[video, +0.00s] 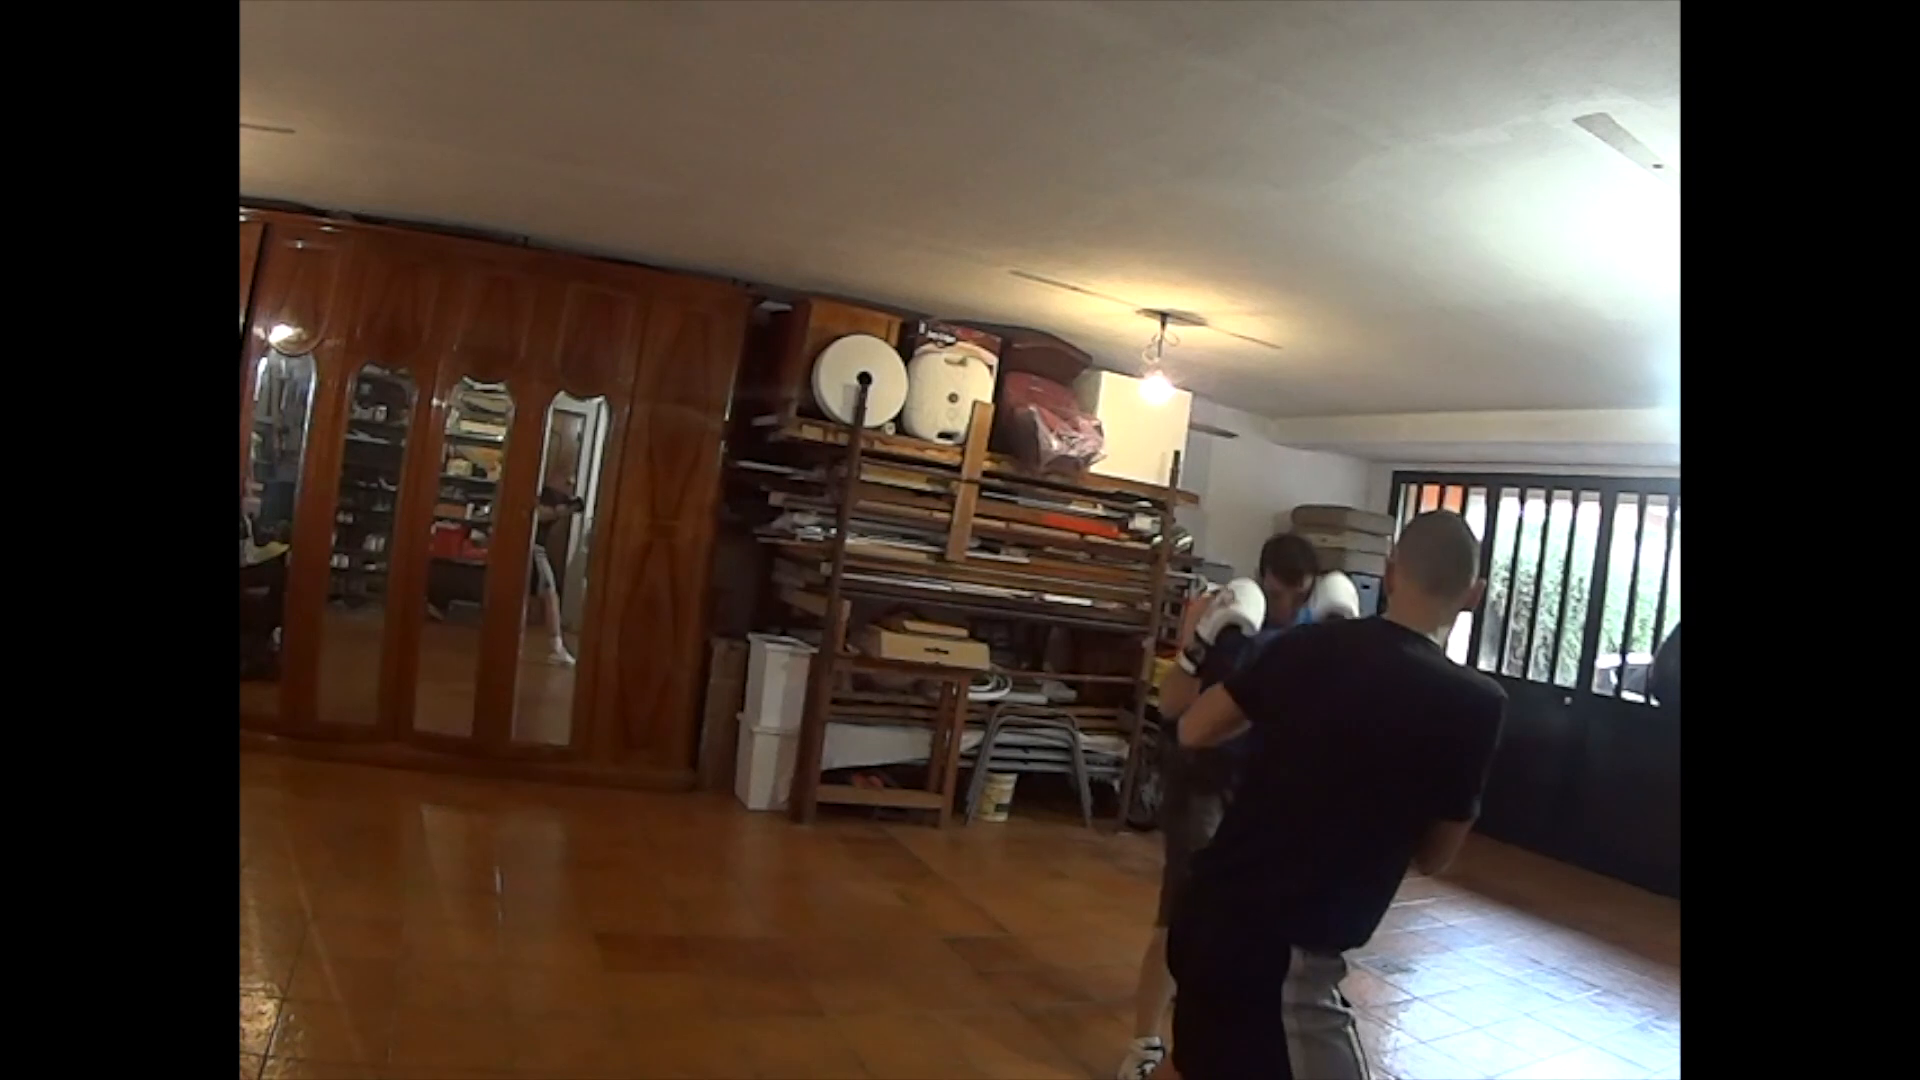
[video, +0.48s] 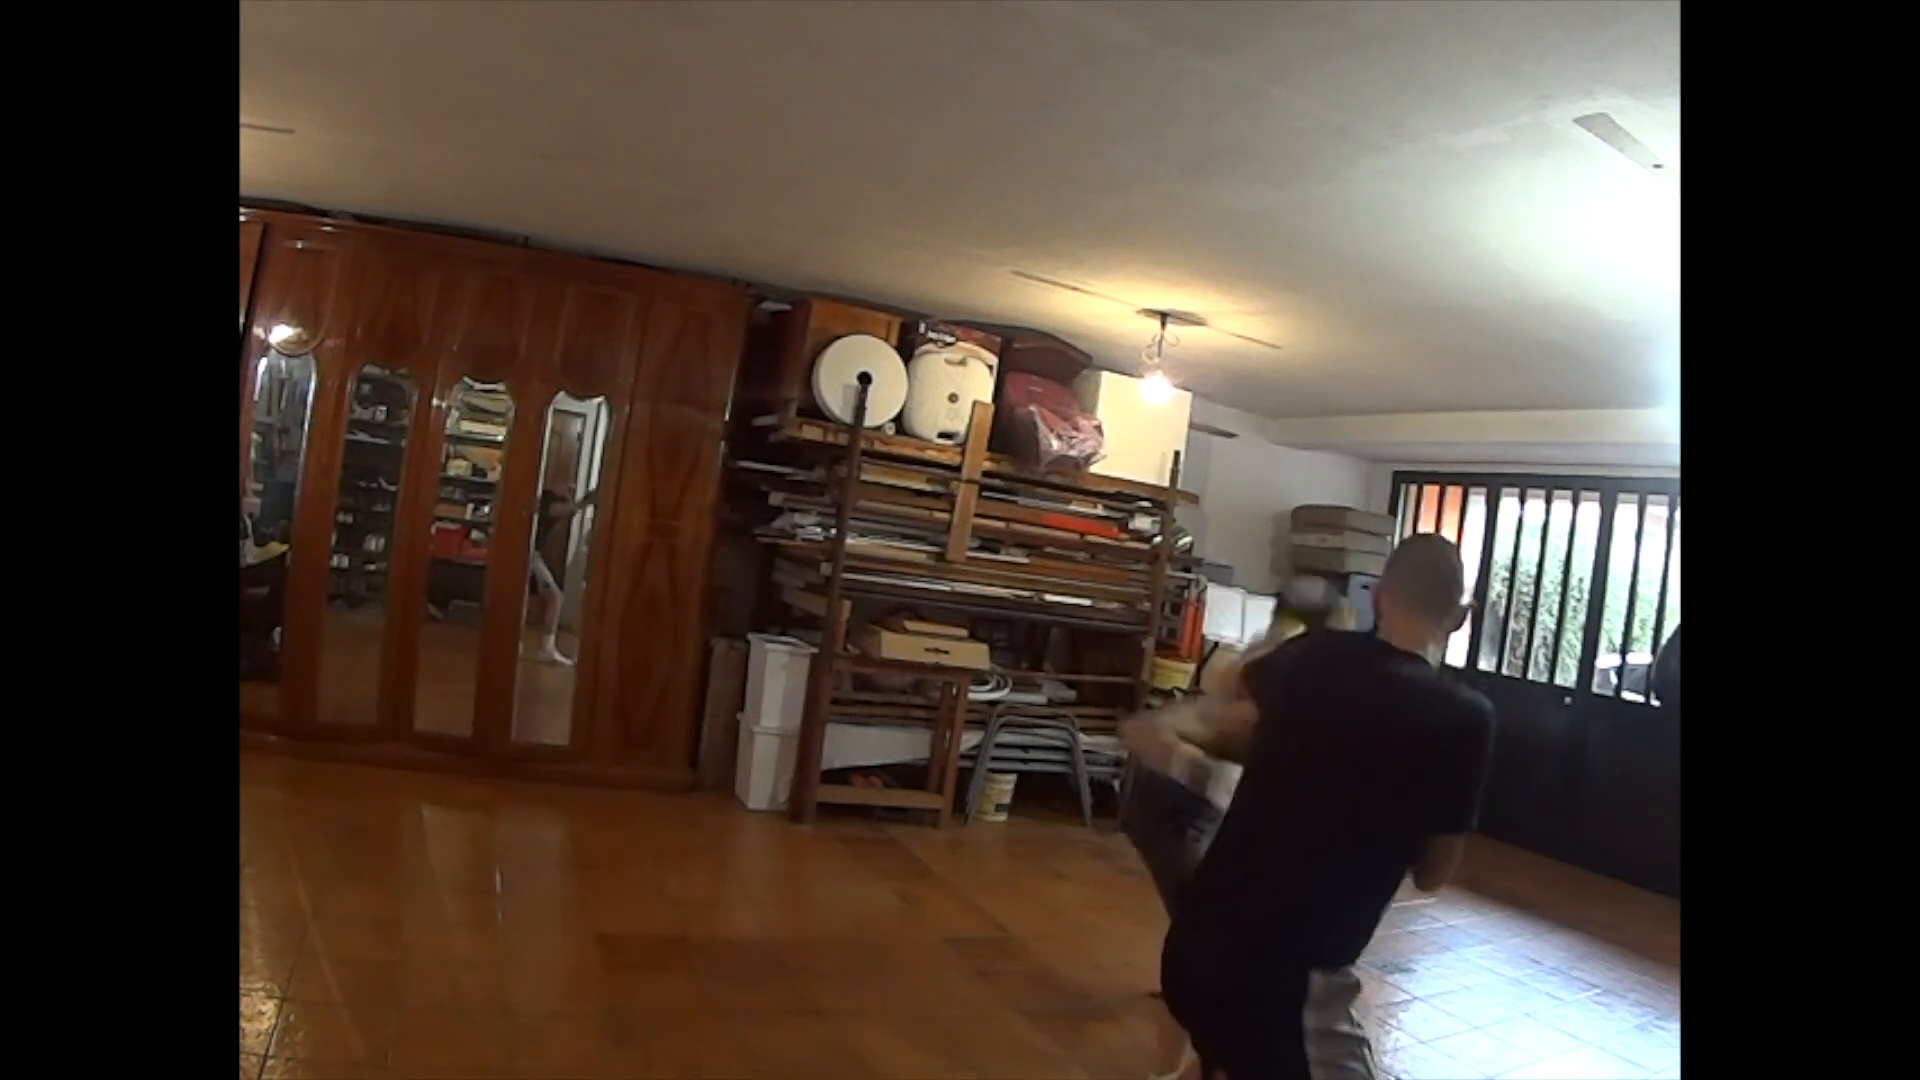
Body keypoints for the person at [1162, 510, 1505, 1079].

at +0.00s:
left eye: (1391, 564)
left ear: (1389, 572)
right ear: (1473, 596)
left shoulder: (1306, 647)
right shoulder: (1474, 704)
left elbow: (1194, 730)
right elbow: (1436, 857)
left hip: (1212, 918)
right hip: (1301, 959)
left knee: (1201, 1064)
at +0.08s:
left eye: (1392, 565)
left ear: (1390, 572)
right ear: (1475, 598)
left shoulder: (1305, 649)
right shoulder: (1475, 705)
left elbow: (1197, 742)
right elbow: (1437, 856)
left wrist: (1281, 726)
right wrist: (1385, 785)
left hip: (1212, 924)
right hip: (1301, 964)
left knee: (1205, 1065)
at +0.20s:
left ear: (1384, 572)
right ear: (1467, 595)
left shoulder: (1298, 655)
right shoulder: (1479, 701)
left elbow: (1198, 770)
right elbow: (1444, 857)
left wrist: (1276, 774)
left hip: (1218, 927)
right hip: (1315, 963)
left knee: (1213, 1065)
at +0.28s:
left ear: (1375, 576)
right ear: (1455, 598)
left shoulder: (1299, 656)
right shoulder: (1474, 691)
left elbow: (1200, 777)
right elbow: (1445, 856)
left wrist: (1271, 786)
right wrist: (1388, 800)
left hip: (1213, 924)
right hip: (1311, 959)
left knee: (1213, 1057)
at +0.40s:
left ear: (1371, 591)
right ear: (1447, 610)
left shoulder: (1298, 663)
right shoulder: (1460, 701)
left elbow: (1199, 749)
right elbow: (1436, 858)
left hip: (1203, 937)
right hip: (1302, 965)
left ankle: (1202, 1061)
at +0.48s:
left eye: (1380, 585)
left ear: (1378, 594)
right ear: (1460, 619)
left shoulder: (1315, 653)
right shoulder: (1465, 719)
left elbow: (1218, 689)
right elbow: (1434, 874)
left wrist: (1272, 639)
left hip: (1198, 950)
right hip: (1298, 988)